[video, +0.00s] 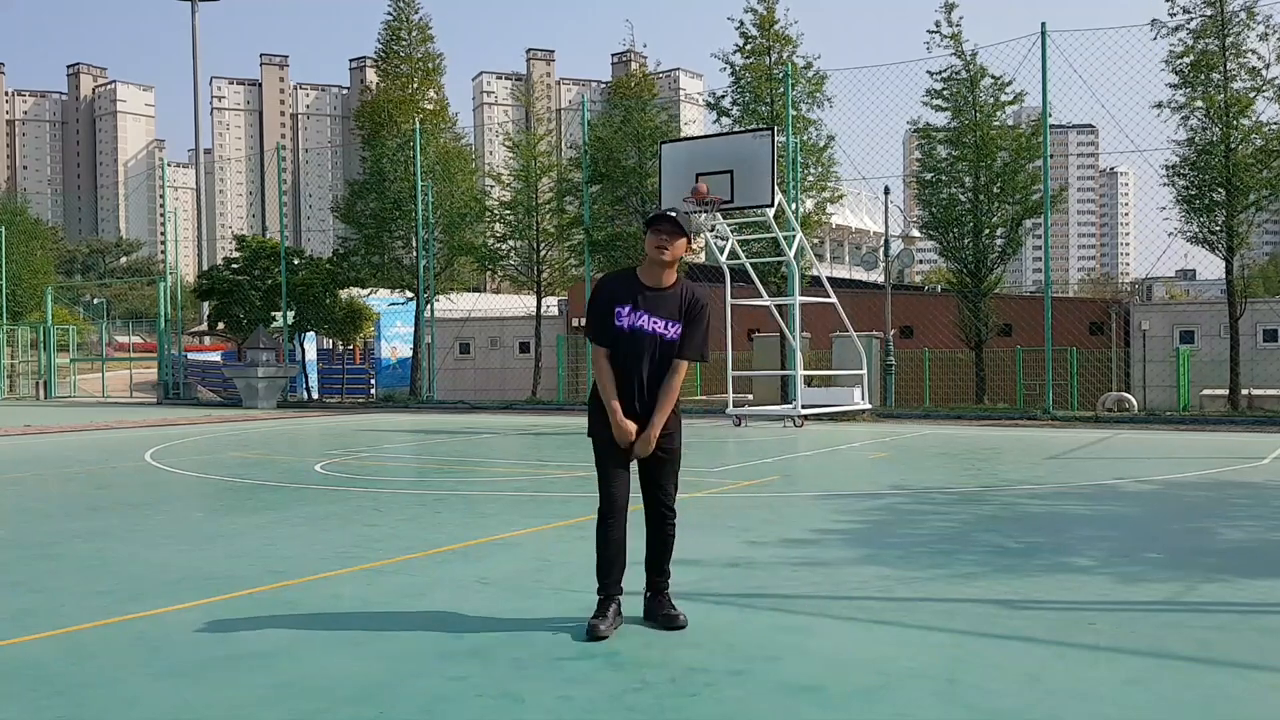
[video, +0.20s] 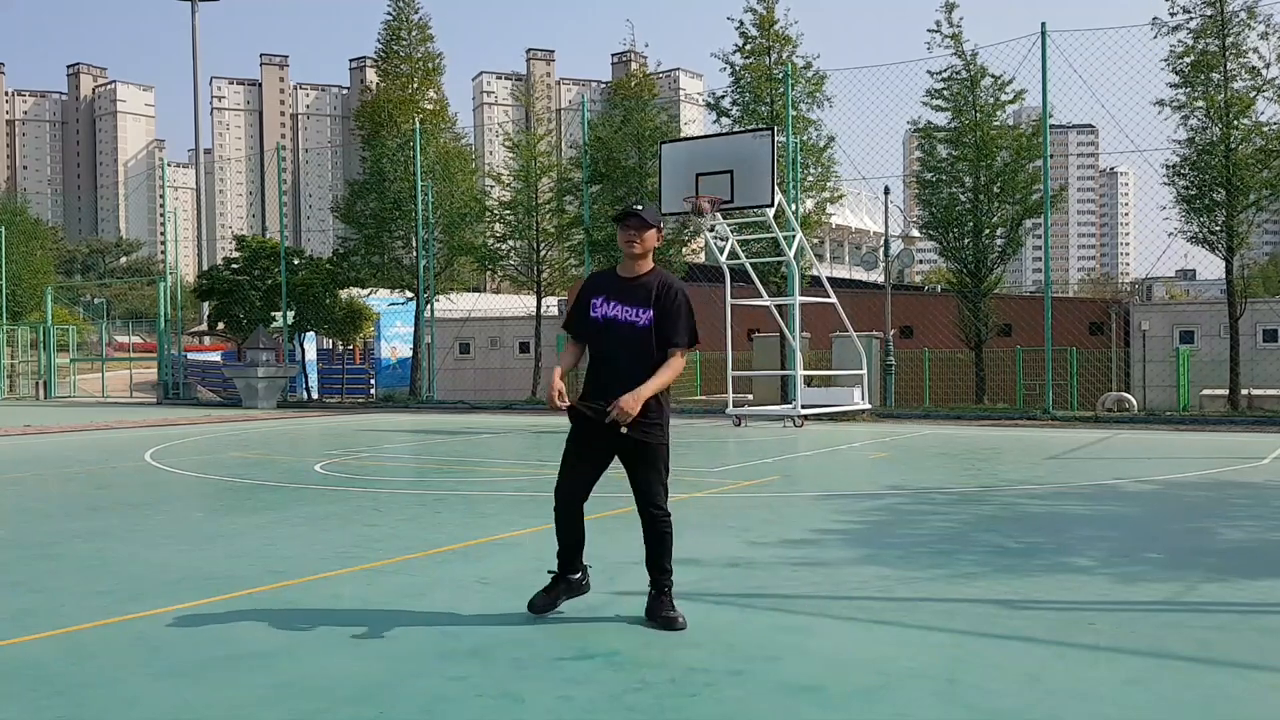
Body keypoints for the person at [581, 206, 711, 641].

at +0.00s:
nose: (663, 239)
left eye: (672, 235)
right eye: (657, 232)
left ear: (686, 248)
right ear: (644, 240)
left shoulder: (692, 300)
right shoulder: (610, 287)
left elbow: (679, 370)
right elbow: (599, 357)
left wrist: (654, 427)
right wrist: (616, 414)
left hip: (662, 417)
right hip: (611, 413)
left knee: (662, 509)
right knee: (612, 507)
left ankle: (658, 597)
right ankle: (608, 601)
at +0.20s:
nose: (633, 235)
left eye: (642, 229)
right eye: (627, 228)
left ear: (657, 237)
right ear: (617, 235)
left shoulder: (670, 292)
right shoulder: (594, 285)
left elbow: (677, 360)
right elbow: (577, 344)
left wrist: (640, 394)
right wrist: (559, 372)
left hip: (646, 421)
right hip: (592, 415)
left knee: (654, 509)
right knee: (567, 496)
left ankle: (661, 595)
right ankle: (571, 575)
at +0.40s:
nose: (586, 261)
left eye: (595, 255)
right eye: (580, 255)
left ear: (614, 260)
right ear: (573, 261)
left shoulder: (632, 305)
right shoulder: (567, 307)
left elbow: (682, 348)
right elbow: (544, 348)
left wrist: (647, 351)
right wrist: (512, 341)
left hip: (621, 437)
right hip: (574, 434)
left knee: (641, 517)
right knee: (536, 508)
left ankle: (694, 590)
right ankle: (521, 582)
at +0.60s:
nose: (530, 302)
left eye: (538, 295)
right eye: (523, 295)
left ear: (556, 285)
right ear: (515, 289)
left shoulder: (582, 311)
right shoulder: (516, 311)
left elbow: (639, 338)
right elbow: (514, 348)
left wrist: (602, 380)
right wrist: (509, 375)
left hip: (587, 421)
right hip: (544, 421)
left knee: (600, 501)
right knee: (526, 505)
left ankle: (654, 582)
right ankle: (523, 585)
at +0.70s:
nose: (523, 305)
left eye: (530, 298)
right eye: (516, 299)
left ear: (543, 287)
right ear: (504, 290)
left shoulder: (568, 308)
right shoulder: (499, 311)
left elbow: (621, 332)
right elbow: (503, 347)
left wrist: (587, 376)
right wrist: (506, 377)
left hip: (577, 415)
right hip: (532, 416)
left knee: (581, 493)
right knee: (524, 502)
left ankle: (605, 575)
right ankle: (523, 583)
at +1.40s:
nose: (592, 281)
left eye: (598, 274)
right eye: (585, 273)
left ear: (605, 274)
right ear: (566, 268)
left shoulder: (600, 310)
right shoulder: (533, 310)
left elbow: (618, 358)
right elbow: (505, 371)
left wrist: (608, 390)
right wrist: (560, 399)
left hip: (582, 422)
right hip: (535, 426)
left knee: (615, 493)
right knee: (528, 506)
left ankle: (645, 580)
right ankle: (495, 579)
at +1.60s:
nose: (652, 299)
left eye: (658, 292)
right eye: (645, 290)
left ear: (663, 294)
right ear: (623, 286)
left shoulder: (646, 328)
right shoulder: (587, 323)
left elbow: (661, 369)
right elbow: (549, 375)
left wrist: (651, 397)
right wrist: (599, 403)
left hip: (619, 441)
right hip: (572, 444)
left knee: (657, 505)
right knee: (560, 518)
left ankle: (676, 596)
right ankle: (505, 574)